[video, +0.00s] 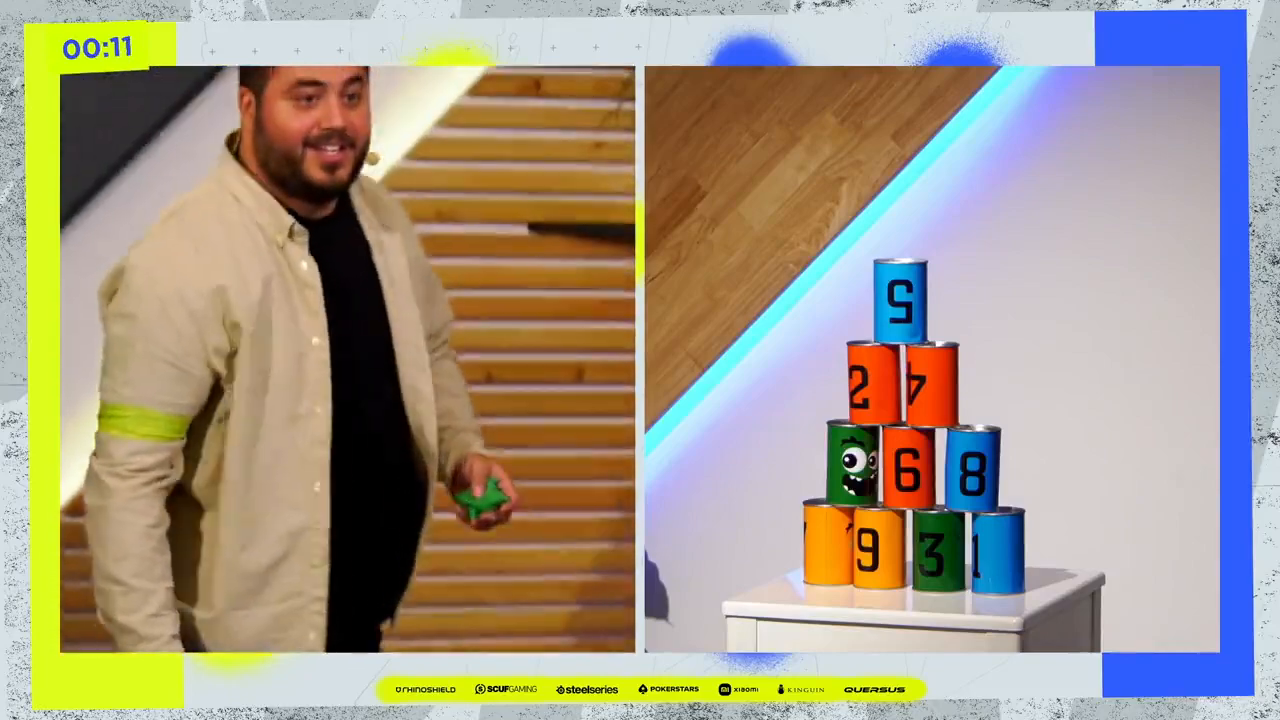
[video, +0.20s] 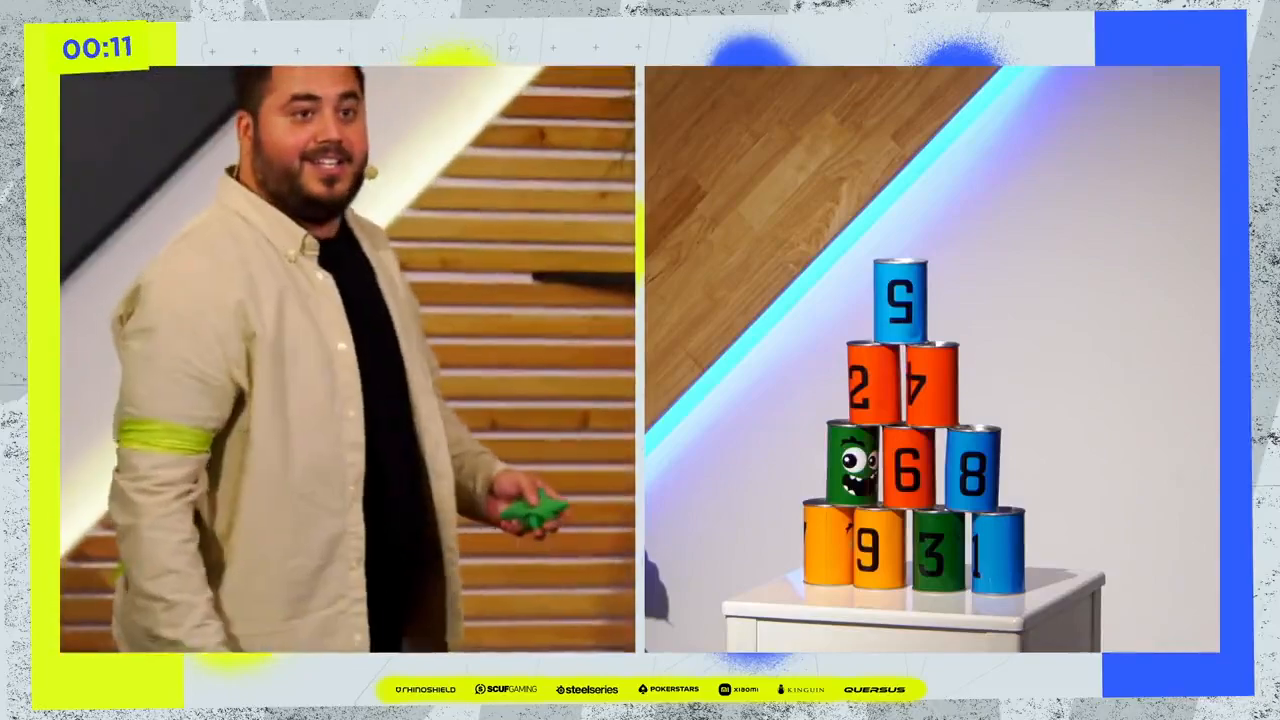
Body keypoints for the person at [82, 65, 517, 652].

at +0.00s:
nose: (337, 121)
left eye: (353, 95)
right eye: (307, 96)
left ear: (369, 102)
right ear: (249, 106)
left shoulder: (380, 213)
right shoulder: (178, 264)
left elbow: (431, 352)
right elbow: (126, 478)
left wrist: (462, 452)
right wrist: (155, 664)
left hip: (363, 611)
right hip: (242, 633)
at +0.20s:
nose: (332, 134)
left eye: (348, 111)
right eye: (302, 111)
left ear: (366, 127)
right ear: (247, 130)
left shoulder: (370, 248)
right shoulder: (195, 278)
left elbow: (404, 405)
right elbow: (151, 495)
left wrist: (484, 481)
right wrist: (209, 671)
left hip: (405, 646)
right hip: (270, 653)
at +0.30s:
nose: (358, 116)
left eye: (374, 92)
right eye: (327, 92)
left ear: (390, 109)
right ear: (271, 111)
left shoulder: (391, 232)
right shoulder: (221, 258)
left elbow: (420, 401)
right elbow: (181, 472)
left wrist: (509, 464)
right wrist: (262, 644)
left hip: (406, 636)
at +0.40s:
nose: (385, 120)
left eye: (402, 95)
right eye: (355, 97)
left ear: (419, 113)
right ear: (301, 117)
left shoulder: (415, 236)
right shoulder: (256, 249)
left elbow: (436, 405)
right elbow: (212, 454)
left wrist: (532, 456)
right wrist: (316, 613)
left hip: (410, 634)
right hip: (269, 643)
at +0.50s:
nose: (413, 139)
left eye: (428, 115)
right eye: (382, 116)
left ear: (445, 130)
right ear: (327, 134)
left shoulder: (426, 257)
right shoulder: (277, 262)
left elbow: (435, 431)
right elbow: (234, 436)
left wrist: (564, 456)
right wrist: (348, 563)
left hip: (413, 638)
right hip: (283, 645)